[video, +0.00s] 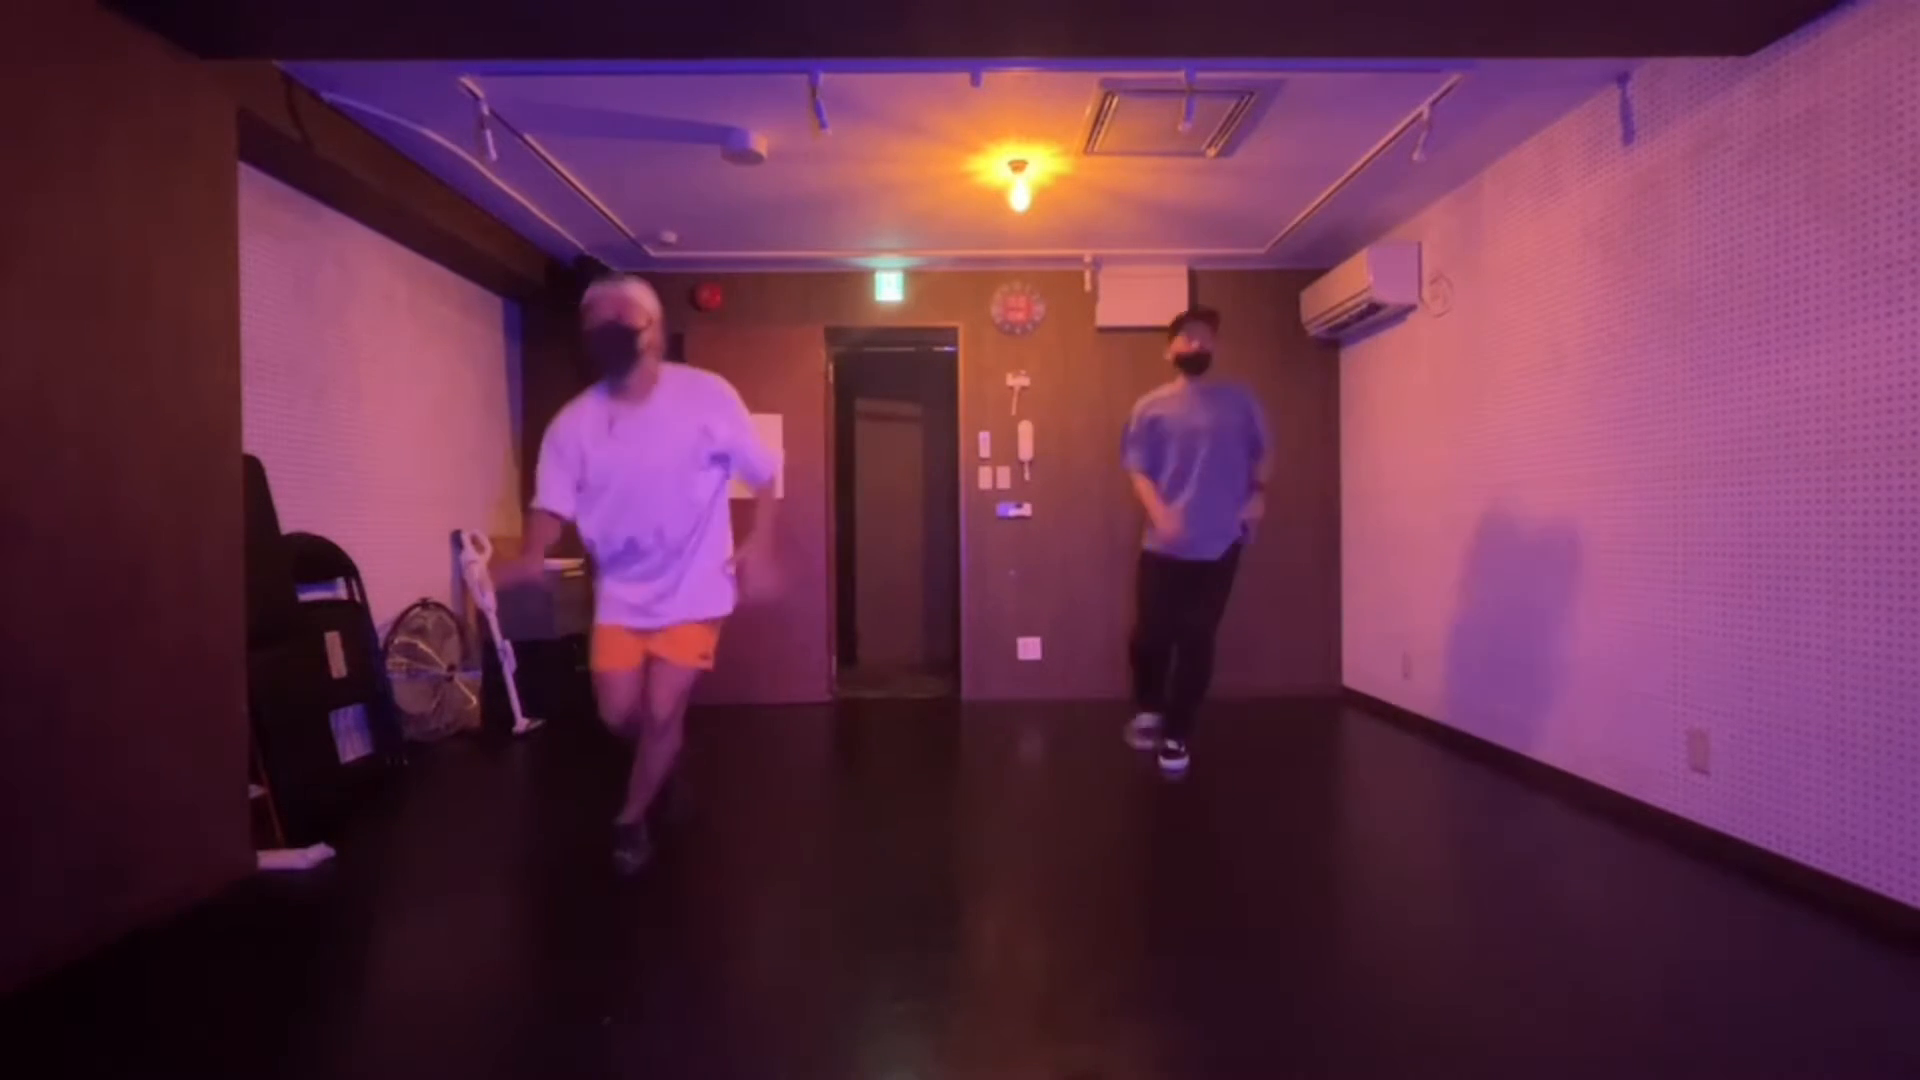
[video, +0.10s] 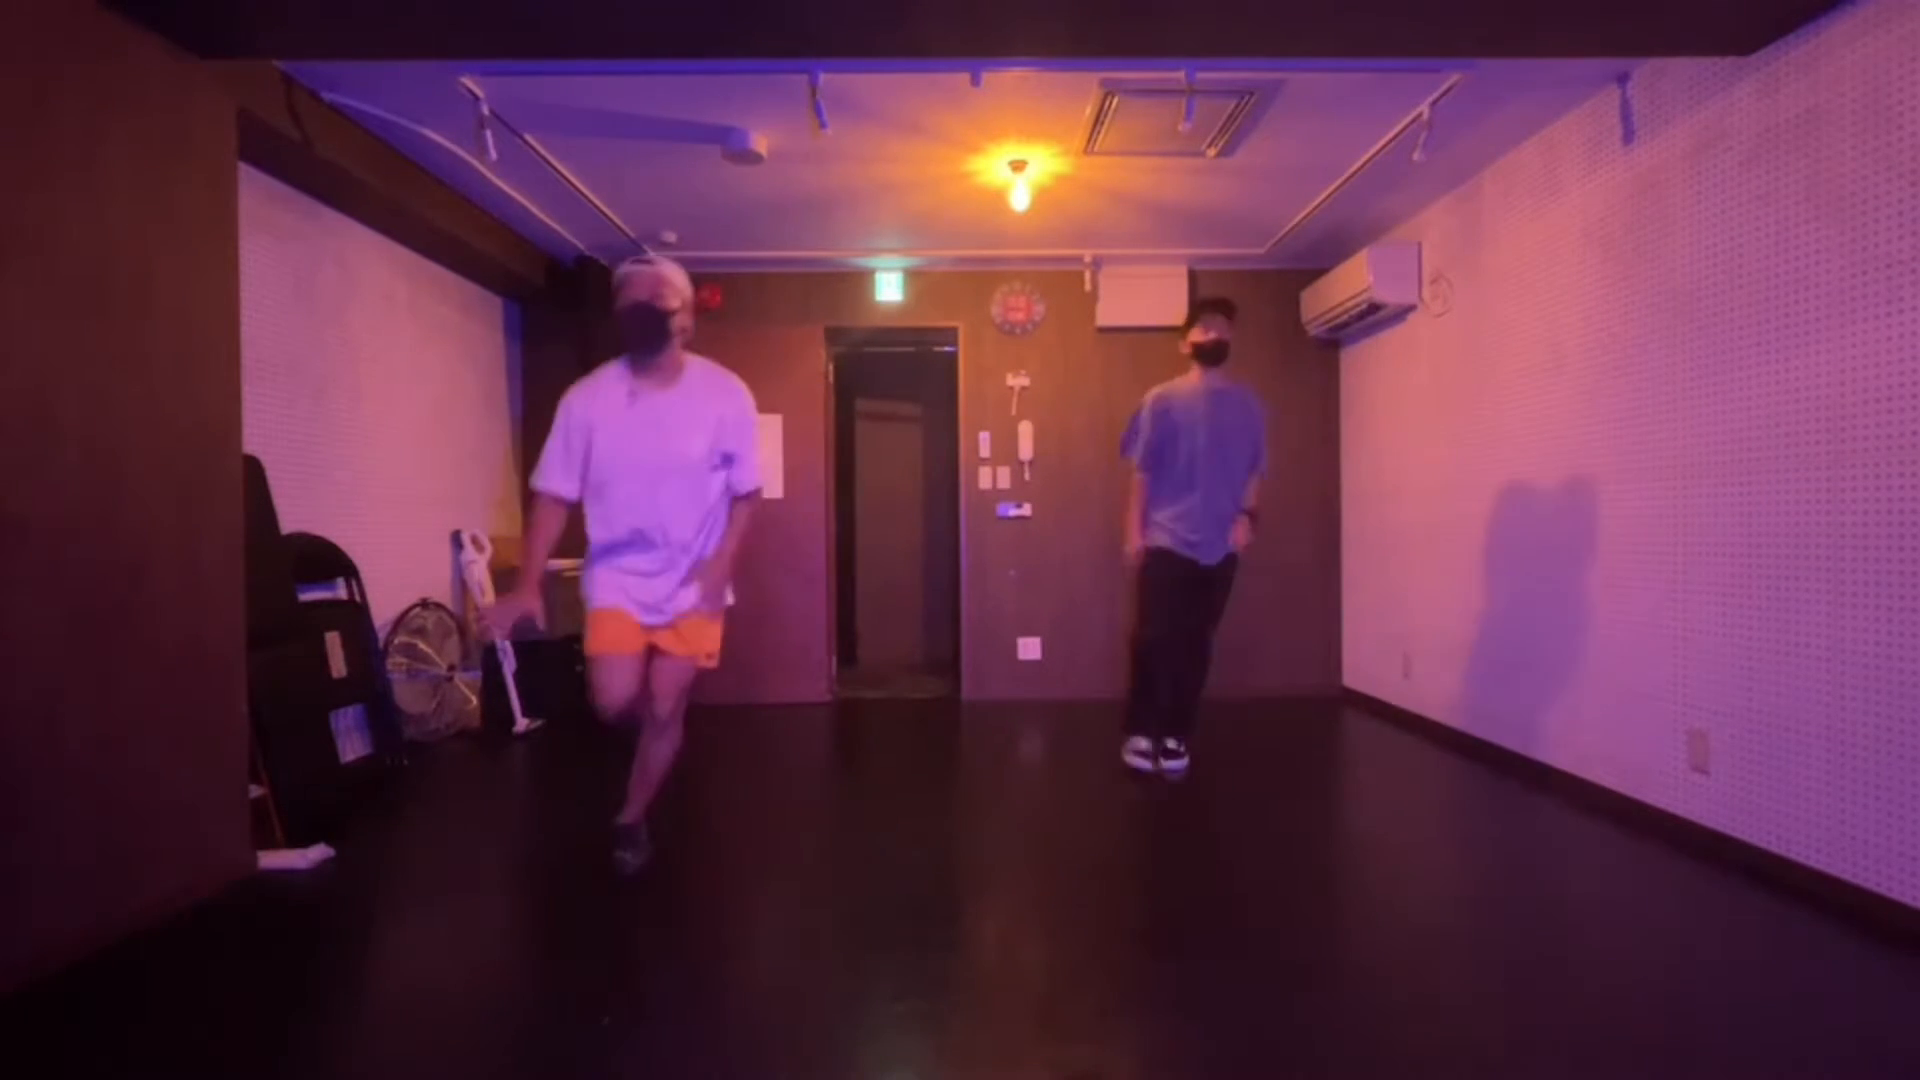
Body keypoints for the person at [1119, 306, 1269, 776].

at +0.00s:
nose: (1194, 344)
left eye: (1203, 336)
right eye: (1185, 336)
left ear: (1215, 346)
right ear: (1170, 347)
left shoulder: (1239, 402)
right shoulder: (1150, 406)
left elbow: (1262, 453)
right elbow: (1137, 467)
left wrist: (1256, 496)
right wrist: (1159, 513)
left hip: (1218, 549)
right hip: (1164, 548)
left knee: (1197, 642)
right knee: (1151, 635)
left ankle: (1178, 734)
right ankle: (1148, 708)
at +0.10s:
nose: (1213, 339)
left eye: (1222, 331)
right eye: (1204, 330)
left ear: (1232, 342)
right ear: (1185, 341)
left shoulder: (1246, 404)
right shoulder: (1162, 400)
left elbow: (1256, 469)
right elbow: (1140, 472)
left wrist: (1246, 514)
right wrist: (1134, 531)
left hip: (1218, 546)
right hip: (1165, 542)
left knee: (1196, 645)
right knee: (1153, 638)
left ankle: (1177, 736)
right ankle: (1141, 731)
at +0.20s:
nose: (1224, 339)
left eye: (1234, 333)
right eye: (1215, 330)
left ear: (1243, 346)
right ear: (1198, 340)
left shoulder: (1253, 408)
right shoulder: (1170, 396)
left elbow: (1258, 473)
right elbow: (1136, 461)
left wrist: (1246, 503)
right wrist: (1125, 516)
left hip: (1222, 542)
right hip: (1170, 535)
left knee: (1200, 643)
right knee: (1176, 638)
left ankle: (1181, 739)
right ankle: (1169, 742)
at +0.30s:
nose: (1242, 351)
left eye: (1250, 344)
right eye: (1233, 341)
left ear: (1260, 356)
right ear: (1214, 350)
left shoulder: (1260, 416)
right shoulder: (1178, 399)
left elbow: (1273, 486)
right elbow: (1130, 441)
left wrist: (1258, 463)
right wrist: (1115, 500)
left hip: (1229, 543)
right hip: (1180, 538)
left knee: (1212, 645)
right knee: (1217, 643)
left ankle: (1163, 732)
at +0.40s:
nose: (1250, 371)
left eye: (1259, 364)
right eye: (1241, 361)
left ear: (1270, 375)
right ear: (1223, 371)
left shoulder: (1262, 430)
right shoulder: (1190, 410)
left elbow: (1283, 508)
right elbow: (1132, 443)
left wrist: (1272, 451)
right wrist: (1115, 499)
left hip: (1236, 558)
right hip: (1186, 551)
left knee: (1230, 661)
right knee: (1232, 656)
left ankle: (1154, 731)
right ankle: (1264, 751)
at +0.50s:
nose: (1259, 387)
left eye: (1268, 382)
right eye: (1250, 378)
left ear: (1278, 394)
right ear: (1231, 389)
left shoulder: (1270, 449)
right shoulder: (1204, 424)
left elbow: (1290, 522)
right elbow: (1136, 451)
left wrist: (1284, 463)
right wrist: (1117, 508)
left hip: (1244, 579)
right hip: (1198, 570)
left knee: (1239, 675)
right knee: (1244, 666)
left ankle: (1157, 731)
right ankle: (1266, 756)